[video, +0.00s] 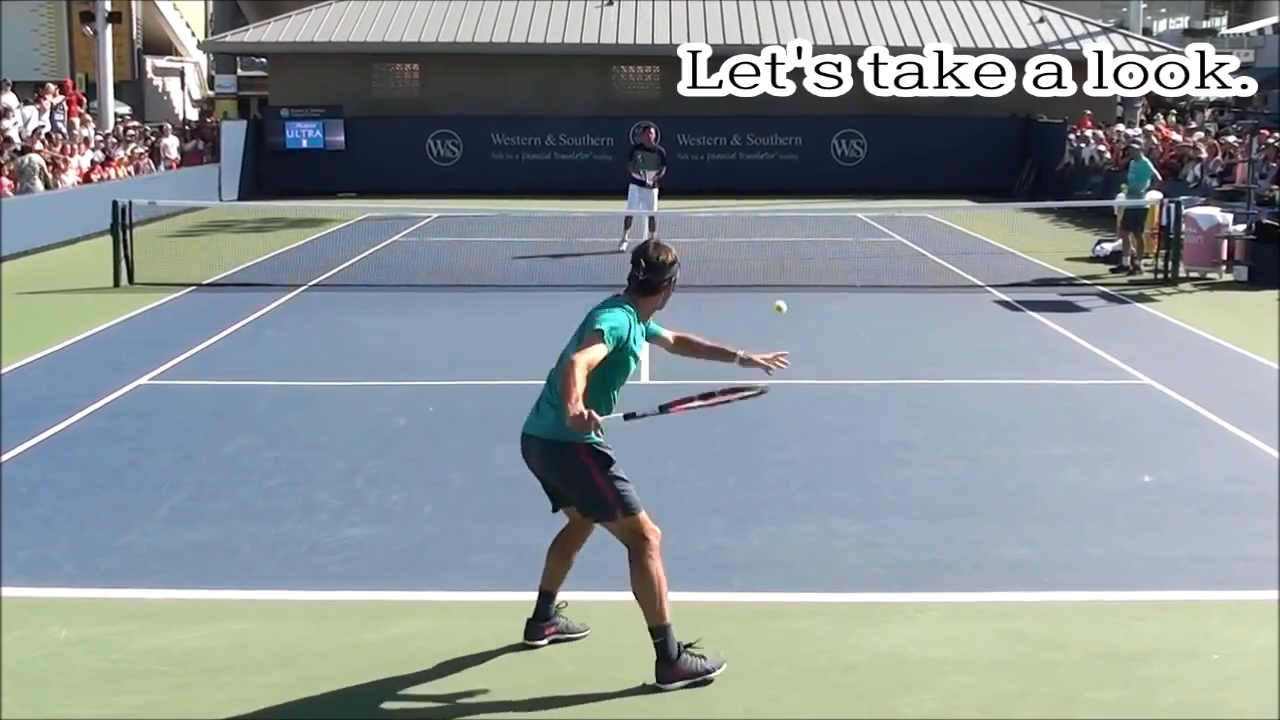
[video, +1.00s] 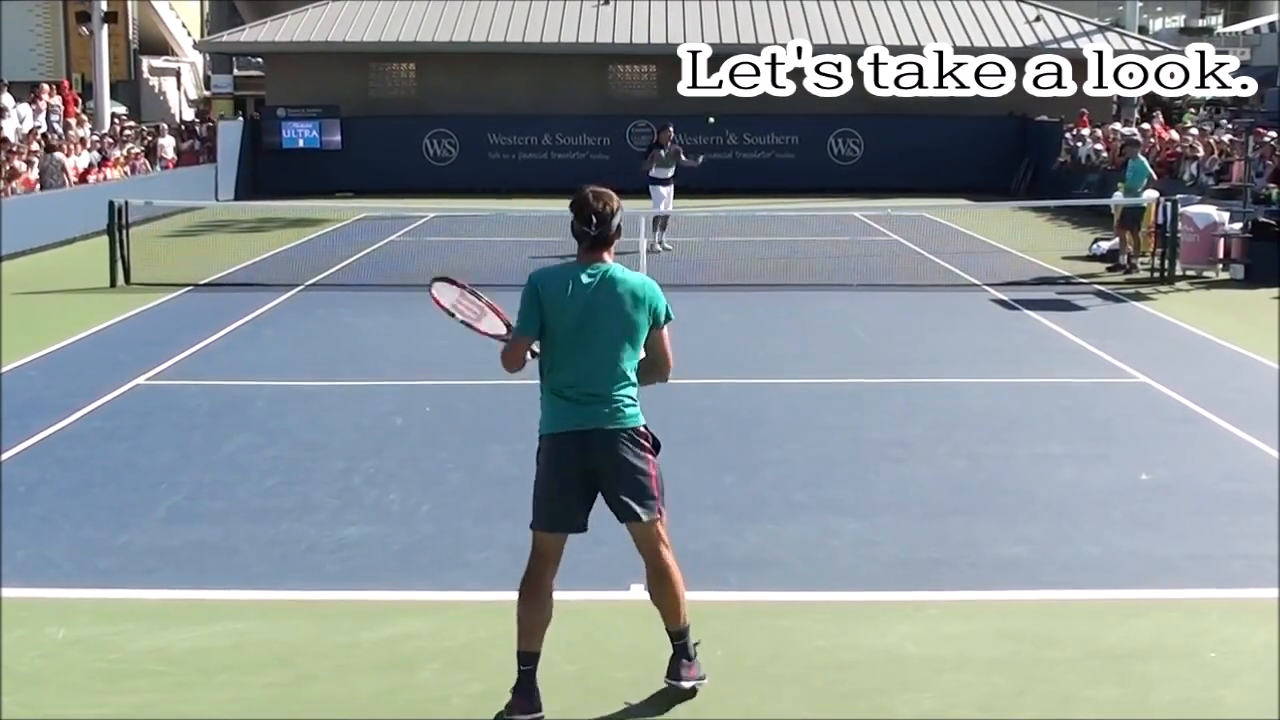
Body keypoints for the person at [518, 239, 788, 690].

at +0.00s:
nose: (672, 294)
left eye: (671, 286)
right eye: (673, 287)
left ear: (634, 278)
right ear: (665, 290)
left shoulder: (629, 318)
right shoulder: (618, 319)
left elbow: (677, 343)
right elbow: (577, 360)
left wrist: (743, 357)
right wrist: (574, 405)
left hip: (542, 440)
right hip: (572, 444)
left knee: (580, 521)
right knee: (644, 537)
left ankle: (542, 618)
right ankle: (670, 659)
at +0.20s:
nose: (721, 327)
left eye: (725, 319)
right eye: (724, 317)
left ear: (684, 300)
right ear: (714, 310)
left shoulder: (631, 313)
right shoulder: (691, 362)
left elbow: (621, 366)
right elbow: (692, 456)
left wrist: (656, 404)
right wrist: (718, 527)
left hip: (567, 450)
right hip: (617, 462)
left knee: (589, 520)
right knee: (683, 540)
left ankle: (545, 617)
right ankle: (675, 658)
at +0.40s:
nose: (732, 293)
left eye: (734, 285)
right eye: (734, 285)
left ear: (692, 270)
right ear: (726, 282)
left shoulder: (633, 290)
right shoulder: (717, 335)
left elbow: (580, 340)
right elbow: (728, 413)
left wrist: (626, 351)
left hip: (587, 436)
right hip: (643, 447)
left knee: (562, 535)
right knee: (683, 540)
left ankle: (553, 625)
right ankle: (675, 659)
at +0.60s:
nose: (702, 248)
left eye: (692, 238)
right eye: (702, 242)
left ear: (657, 240)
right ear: (699, 248)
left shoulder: (611, 281)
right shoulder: (707, 303)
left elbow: (568, 348)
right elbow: (698, 335)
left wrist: (587, 306)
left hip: (592, 435)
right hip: (652, 441)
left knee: (564, 540)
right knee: (672, 545)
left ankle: (526, 655)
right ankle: (674, 658)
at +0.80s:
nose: (632, 248)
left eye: (613, 240)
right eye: (640, 240)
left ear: (604, 246)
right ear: (647, 248)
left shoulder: (573, 299)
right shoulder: (670, 305)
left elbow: (533, 372)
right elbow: (656, 347)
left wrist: (549, 324)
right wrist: (576, 317)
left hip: (578, 451)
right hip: (641, 450)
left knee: (553, 564)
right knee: (664, 554)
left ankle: (536, 687)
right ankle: (673, 659)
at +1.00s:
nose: (601, 233)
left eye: (585, 224)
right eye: (613, 226)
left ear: (573, 230)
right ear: (618, 233)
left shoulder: (543, 284)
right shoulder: (642, 287)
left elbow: (510, 361)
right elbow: (661, 369)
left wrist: (524, 341)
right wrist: (615, 372)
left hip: (559, 442)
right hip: (623, 437)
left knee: (542, 561)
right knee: (657, 551)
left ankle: (525, 688)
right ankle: (683, 658)